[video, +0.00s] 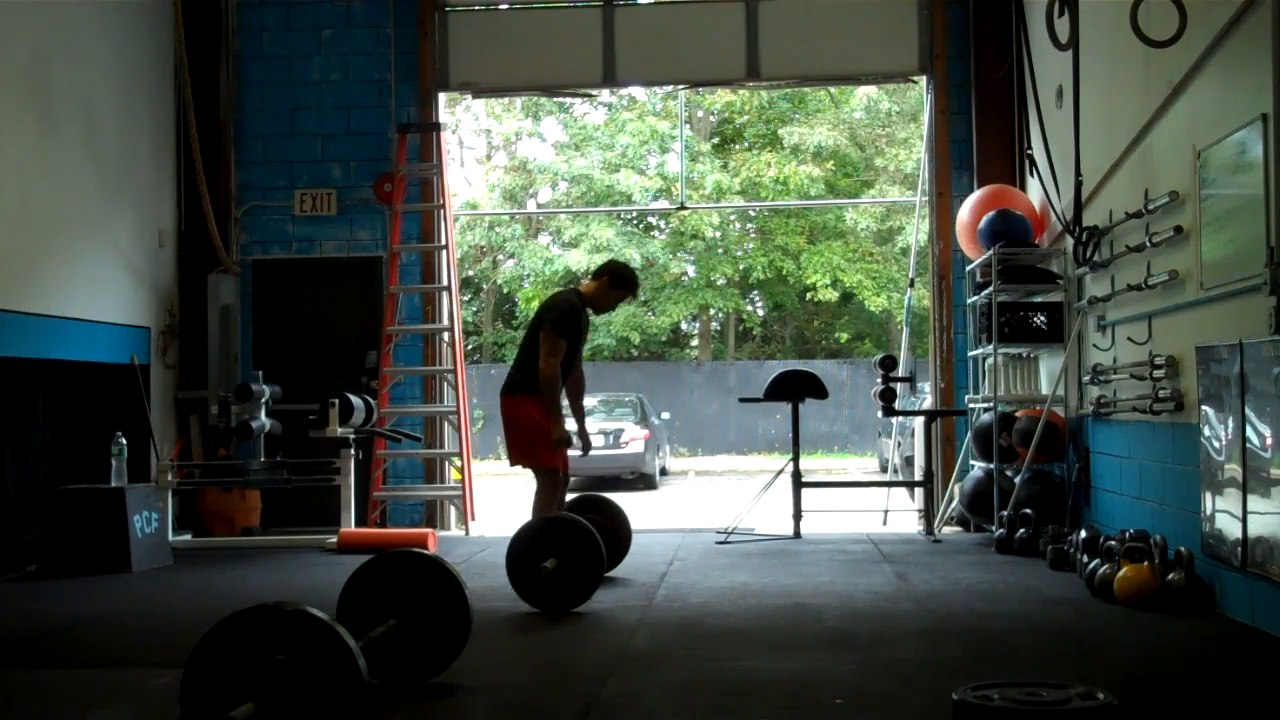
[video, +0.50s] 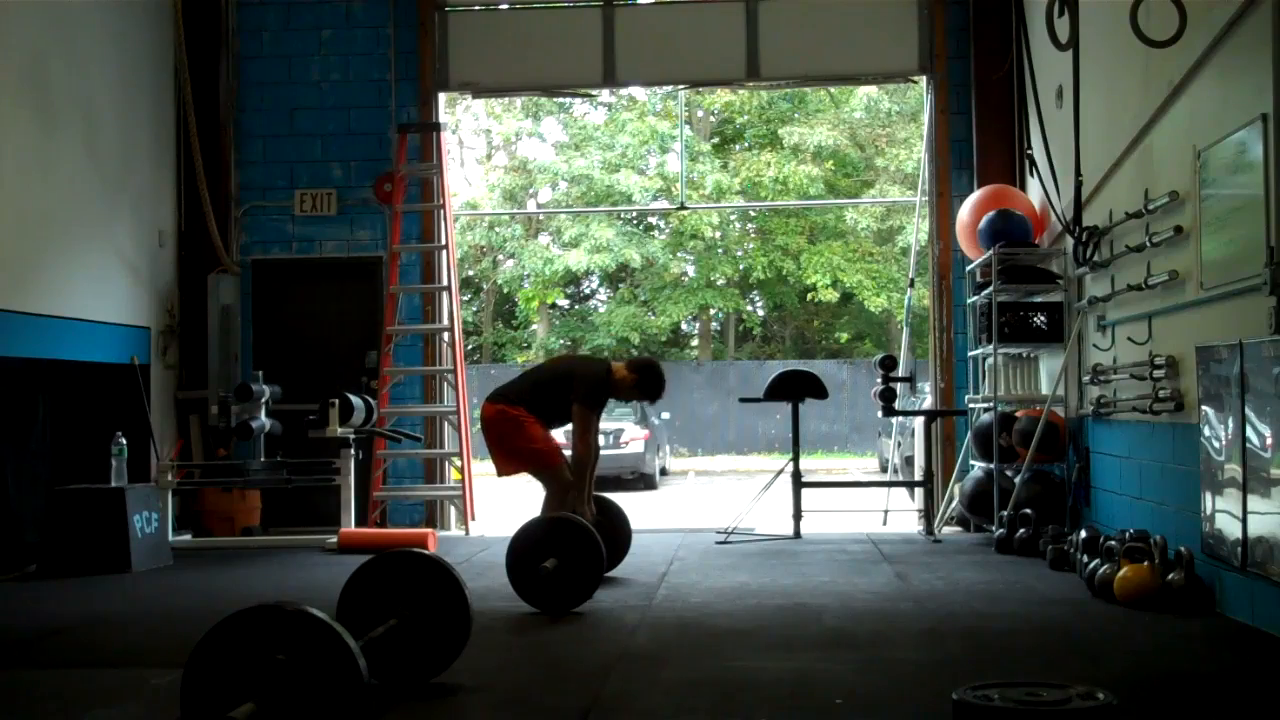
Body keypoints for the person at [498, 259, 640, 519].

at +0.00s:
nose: (614, 308)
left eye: (619, 303)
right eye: (616, 300)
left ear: (602, 282)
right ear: (604, 283)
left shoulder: (577, 312)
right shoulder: (565, 305)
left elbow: (574, 373)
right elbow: (549, 365)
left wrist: (581, 426)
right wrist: (557, 424)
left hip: (541, 399)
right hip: (525, 399)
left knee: (559, 479)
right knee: (549, 480)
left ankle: (552, 551)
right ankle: (542, 554)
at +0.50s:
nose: (628, 400)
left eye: (634, 399)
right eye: (633, 395)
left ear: (630, 372)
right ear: (631, 377)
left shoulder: (600, 381)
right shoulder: (593, 377)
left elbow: (591, 445)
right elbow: (582, 445)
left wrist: (586, 499)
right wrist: (580, 502)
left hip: (521, 415)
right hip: (507, 413)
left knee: (567, 482)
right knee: (560, 483)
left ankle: (554, 554)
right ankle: (546, 554)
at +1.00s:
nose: (625, 441)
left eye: (632, 440)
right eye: (631, 436)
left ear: (629, 412)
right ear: (629, 417)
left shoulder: (602, 417)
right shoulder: (593, 412)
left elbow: (590, 477)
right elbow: (573, 476)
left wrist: (581, 528)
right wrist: (562, 535)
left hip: (513, 428)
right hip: (500, 426)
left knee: (579, 480)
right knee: (568, 482)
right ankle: (553, 551)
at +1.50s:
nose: (636, 442)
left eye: (643, 441)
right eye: (643, 437)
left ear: (641, 416)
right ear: (642, 419)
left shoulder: (613, 419)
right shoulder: (606, 413)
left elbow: (595, 478)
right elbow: (577, 477)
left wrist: (587, 530)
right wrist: (568, 535)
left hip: (524, 428)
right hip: (511, 426)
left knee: (588, 481)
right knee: (577, 483)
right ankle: (561, 550)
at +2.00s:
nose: (637, 442)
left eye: (643, 442)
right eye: (643, 438)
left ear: (641, 415)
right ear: (642, 419)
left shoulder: (613, 422)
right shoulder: (605, 415)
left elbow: (597, 482)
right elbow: (579, 479)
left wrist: (588, 532)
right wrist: (568, 537)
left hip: (524, 432)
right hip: (513, 431)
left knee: (590, 488)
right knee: (580, 487)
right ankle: (565, 551)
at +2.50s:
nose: (634, 441)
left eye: (642, 441)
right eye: (642, 437)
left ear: (641, 415)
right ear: (642, 421)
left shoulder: (612, 418)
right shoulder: (604, 412)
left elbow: (596, 477)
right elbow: (582, 476)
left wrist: (587, 527)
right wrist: (572, 534)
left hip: (522, 425)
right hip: (511, 423)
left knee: (583, 484)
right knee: (576, 485)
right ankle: (558, 548)